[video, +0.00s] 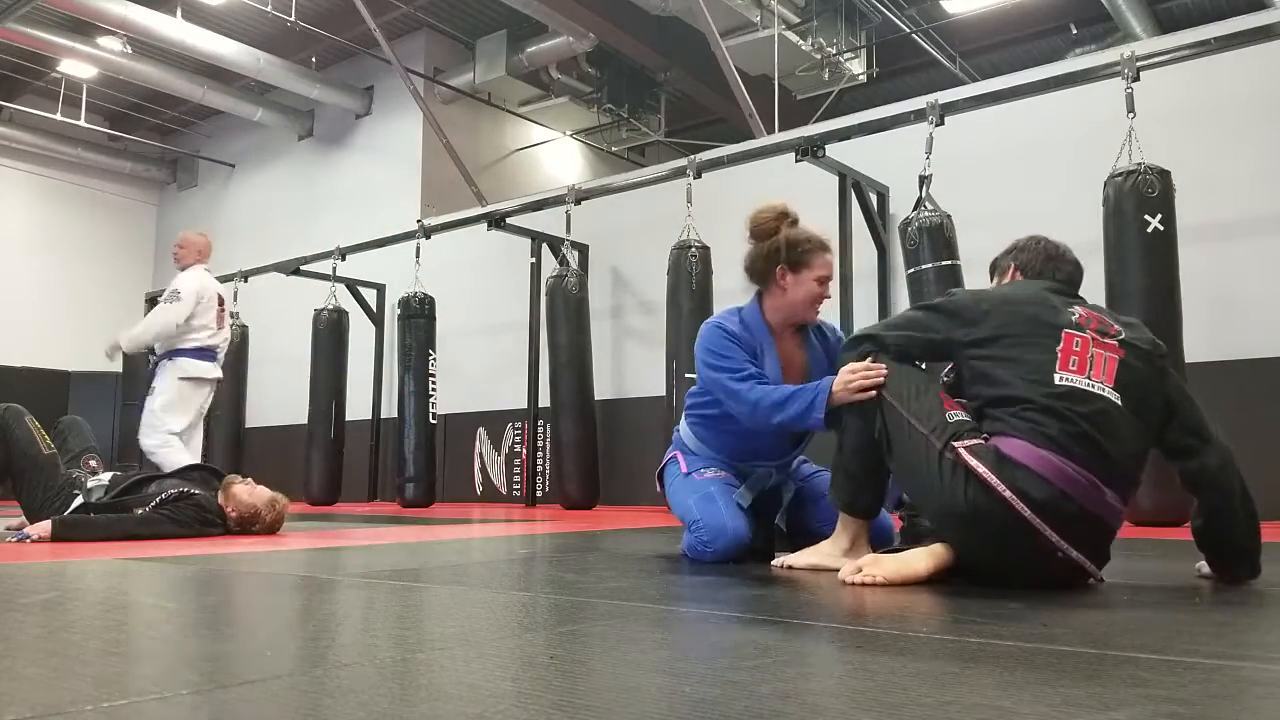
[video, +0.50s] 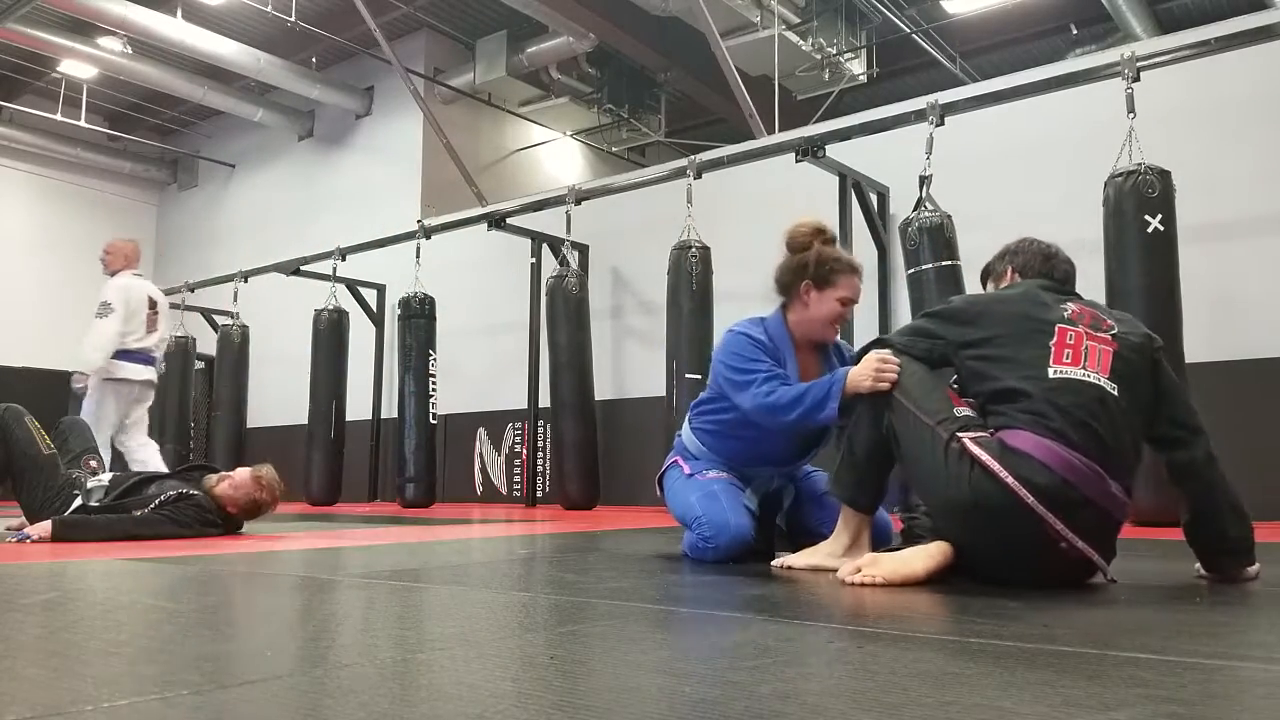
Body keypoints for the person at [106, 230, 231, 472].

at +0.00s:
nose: (174, 251)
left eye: (181, 247)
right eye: (176, 247)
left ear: (199, 253)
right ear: (200, 255)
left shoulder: (189, 280)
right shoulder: (215, 285)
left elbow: (166, 318)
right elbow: (223, 337)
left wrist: (123, 342)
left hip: (182, 370)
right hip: (206, 372)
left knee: (154, 436)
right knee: (190, 441)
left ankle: (198, 489)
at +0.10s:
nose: (162, 252)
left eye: (169, 248)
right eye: (163, 247)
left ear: (187, 254)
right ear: (189, 256)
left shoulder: (174, 282)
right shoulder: (205, 285)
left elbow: (163, 330)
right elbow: (212, 337)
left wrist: (147, 374)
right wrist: (201, 364)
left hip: (172, 374)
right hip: (197, 375)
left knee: (133, 437)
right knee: (187, 446)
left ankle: (162, 491)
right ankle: (190, 498)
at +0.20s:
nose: (149, 254)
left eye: (156, 251)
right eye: (151, 249)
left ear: (174, 257)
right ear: (178, 259)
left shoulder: (163, 283)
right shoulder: (192, 287)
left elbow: (159, 329)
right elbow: (206, 334)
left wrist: (135, 368)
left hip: (161, 372)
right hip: (187, 373)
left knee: (125, 435)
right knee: (182, 440)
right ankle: (192, 494)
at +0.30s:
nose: (136, 257)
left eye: (142, 253)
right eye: (137, 253)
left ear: (159, 259)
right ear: (162, 261)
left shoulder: (150, 285)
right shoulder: (181, 290)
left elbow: (143, 331)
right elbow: (187, 339)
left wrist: (121, 368)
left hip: (148, 374)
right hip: (175, 376)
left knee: (120, 439)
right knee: (175, 443)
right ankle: (188, 497)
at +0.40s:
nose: (120, 259)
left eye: (127, 254)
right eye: (122, 254)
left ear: (144, 260)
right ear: (147, 262)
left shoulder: (134, 286)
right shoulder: (168, 293)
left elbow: (125, 332)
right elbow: (173, 341)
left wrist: (101, 370)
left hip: (130, 378)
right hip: (159, 380)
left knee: (104, 444)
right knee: (161, 446)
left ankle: (88, 505)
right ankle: (186, 496)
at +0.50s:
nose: (102, 258)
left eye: (108, 254)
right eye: (103, 253)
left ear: (126, 257)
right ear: (130, 260)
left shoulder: (117, 286)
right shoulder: (156, 292)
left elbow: (105, 332)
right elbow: (161, 339)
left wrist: (84, 370)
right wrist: (149, 368)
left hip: (114, 374)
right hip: (145, 377)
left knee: (93, 436)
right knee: (134, 438)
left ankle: (93, 500)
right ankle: (165, 490)